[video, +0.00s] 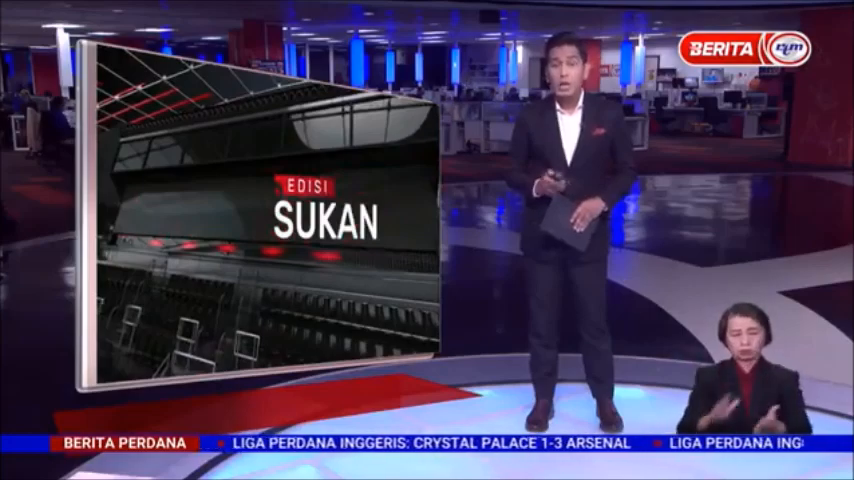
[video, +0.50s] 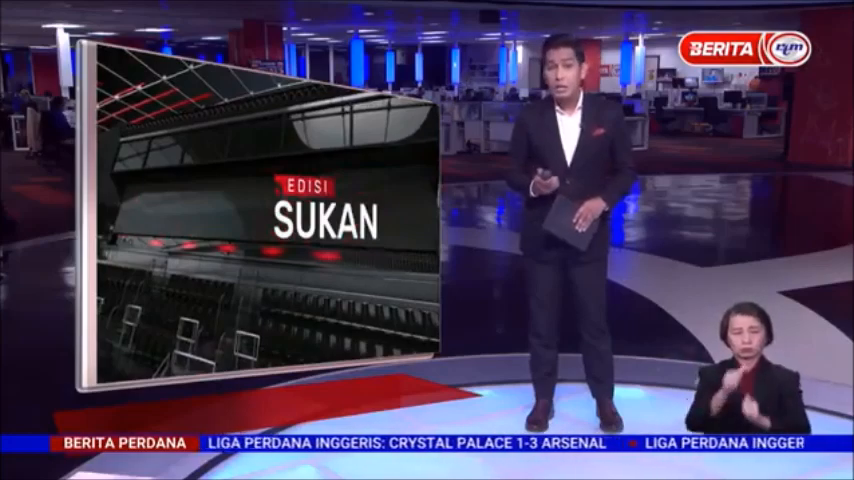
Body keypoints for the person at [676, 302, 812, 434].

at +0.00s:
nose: (745, 341)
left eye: (752, 333)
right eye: (736, 334)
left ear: (765, 337)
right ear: (725, 340)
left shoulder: (785, 379)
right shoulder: (708, 377)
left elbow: (804, 432)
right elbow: (684, 430)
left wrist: (777, 428)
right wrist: (710, 419)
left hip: (770, 465)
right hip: (716, 464)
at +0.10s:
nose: (745, 340)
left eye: (753, 332)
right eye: (737, 333)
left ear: (766, 336)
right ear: (726, 339)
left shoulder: (784, 379)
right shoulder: (709, 376)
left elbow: (799, 430)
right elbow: (691, 428)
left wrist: (772, 415)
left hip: (769, 461)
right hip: (717, 460)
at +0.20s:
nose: (746, 339)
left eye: (753, 331)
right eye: (737, 332)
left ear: (766, 336)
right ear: (726, 338)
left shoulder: (783, 378)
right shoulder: (711, 375)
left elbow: (795, 429)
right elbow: (696, 424)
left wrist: (767, 404)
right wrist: (729, 393)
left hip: (769, 458)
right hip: (719, 457)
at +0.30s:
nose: (746, 339)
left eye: (754, 331)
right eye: (737, 332)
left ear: (767, 336)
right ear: (727, 338)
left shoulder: (785, 378)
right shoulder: (712, 375)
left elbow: (797, 427)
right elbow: (698, 425)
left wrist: (760, 396)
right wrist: (731, 400)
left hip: (772, 458)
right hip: (722, 458)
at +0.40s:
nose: (747, 339)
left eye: (755, 331)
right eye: (738, 332)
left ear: (767, 336)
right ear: (727, 338)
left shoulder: (785, 378)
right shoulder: (712, 376)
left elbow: (800, 427)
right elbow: (696, 428)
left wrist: (758, 402)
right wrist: (725, 406)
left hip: (772, 459)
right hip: (721, 459)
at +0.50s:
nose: (746, 339)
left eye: (754, 331)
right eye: (737, 332)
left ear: (767, 336)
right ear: (727, 338)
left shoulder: (785, 379)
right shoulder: (712, 375)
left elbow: (801, 429)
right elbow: (694, 424)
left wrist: (761, 420)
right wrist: (724, 392)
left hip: (769, 461)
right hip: (719, 459)